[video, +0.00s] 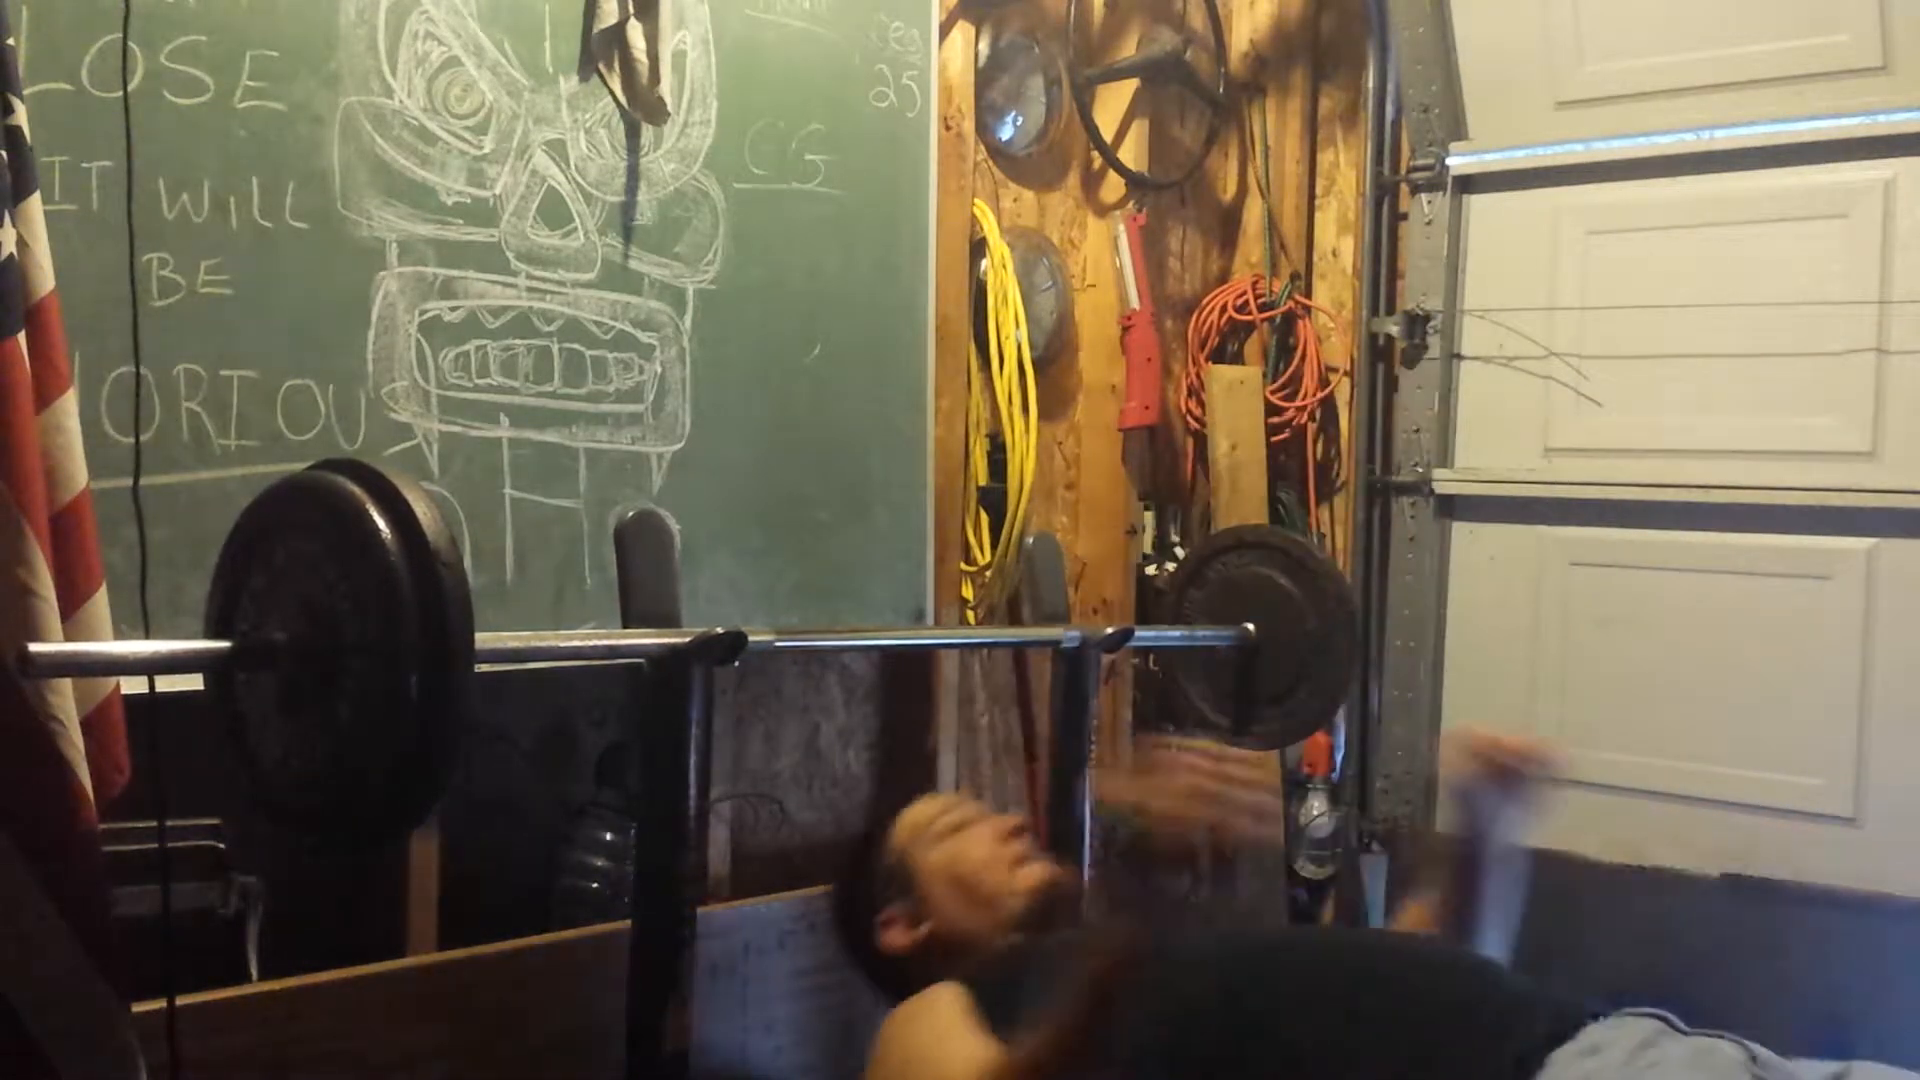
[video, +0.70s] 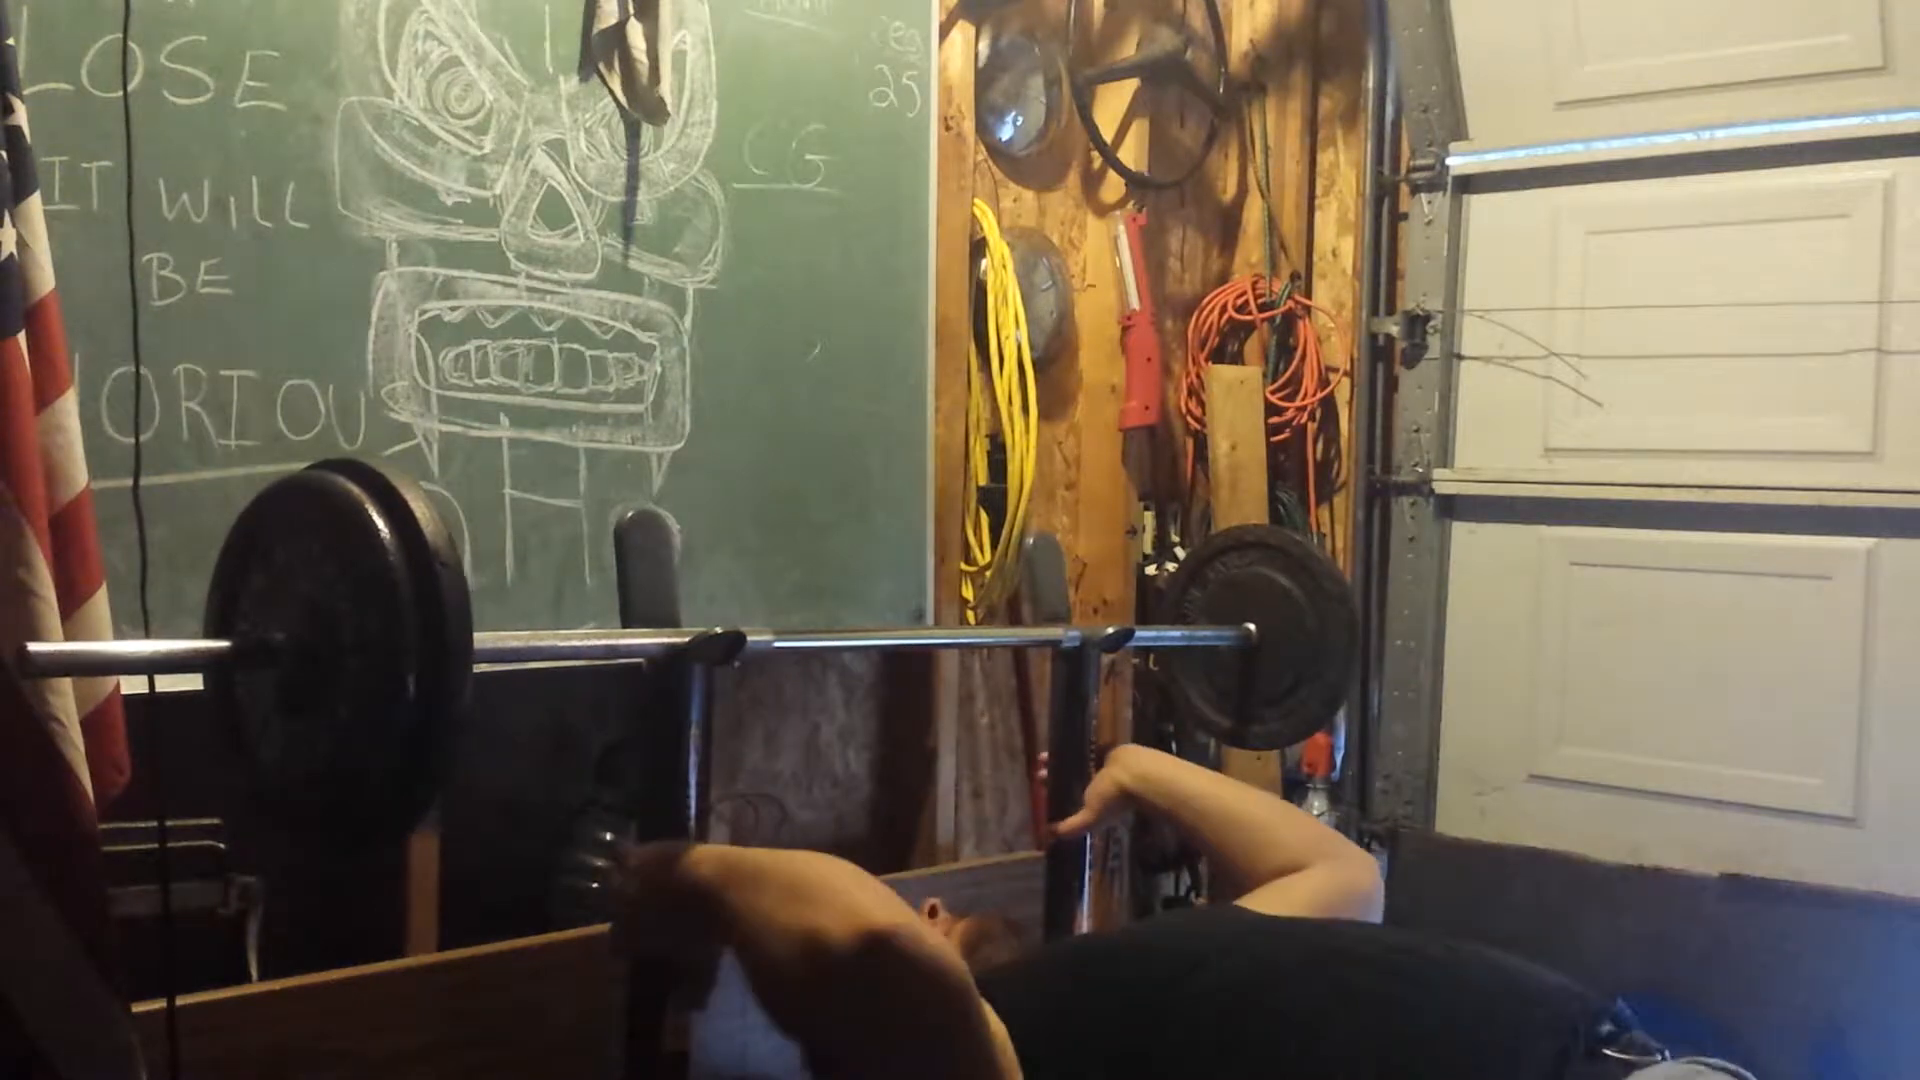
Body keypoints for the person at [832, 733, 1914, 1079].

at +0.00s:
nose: (1015, 833)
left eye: (1006, 822)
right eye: (969, 833)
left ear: (1036, 852)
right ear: (905, 931)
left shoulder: (1135, 960)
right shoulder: (947, 1016)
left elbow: (1419, 986)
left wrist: (1480, 829)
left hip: (1587, 1040)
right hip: (1537, 1064)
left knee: (1861, 1068)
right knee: (1848, 1068)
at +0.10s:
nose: (988, 863)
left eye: (980, 848)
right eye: (943, 863)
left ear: (1011, 874)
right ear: (885, 958)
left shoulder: (1126, 969)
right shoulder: (967, 1024)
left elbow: (1386, 996)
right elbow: (921, 1071)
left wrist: (1360, 798)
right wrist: (918, 965)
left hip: (1593, 1039)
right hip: (1547, 1068)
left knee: (1893, 1070)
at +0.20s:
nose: (956, 865)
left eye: (949, 854)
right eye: (916, 887)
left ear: (1004, 870)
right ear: (889, 967)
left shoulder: (1132, 955)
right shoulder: (954, 1019)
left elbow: (1350, 958)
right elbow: (839, 1075)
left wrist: (1256, 778)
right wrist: (757, 889)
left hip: (1574, 1035)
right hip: (1524, 1075)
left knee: (1889, 1064)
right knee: (1871, 1072)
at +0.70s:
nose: (946, 904)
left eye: (929, 897)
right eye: (906, 919)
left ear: (955, 911)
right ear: (909, 965)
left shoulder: (1151, 965)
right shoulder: (964, 1051)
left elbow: (1337, 873)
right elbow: (869, 947)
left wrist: (1147, 770)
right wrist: (683, 875)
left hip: (1635, 1046)